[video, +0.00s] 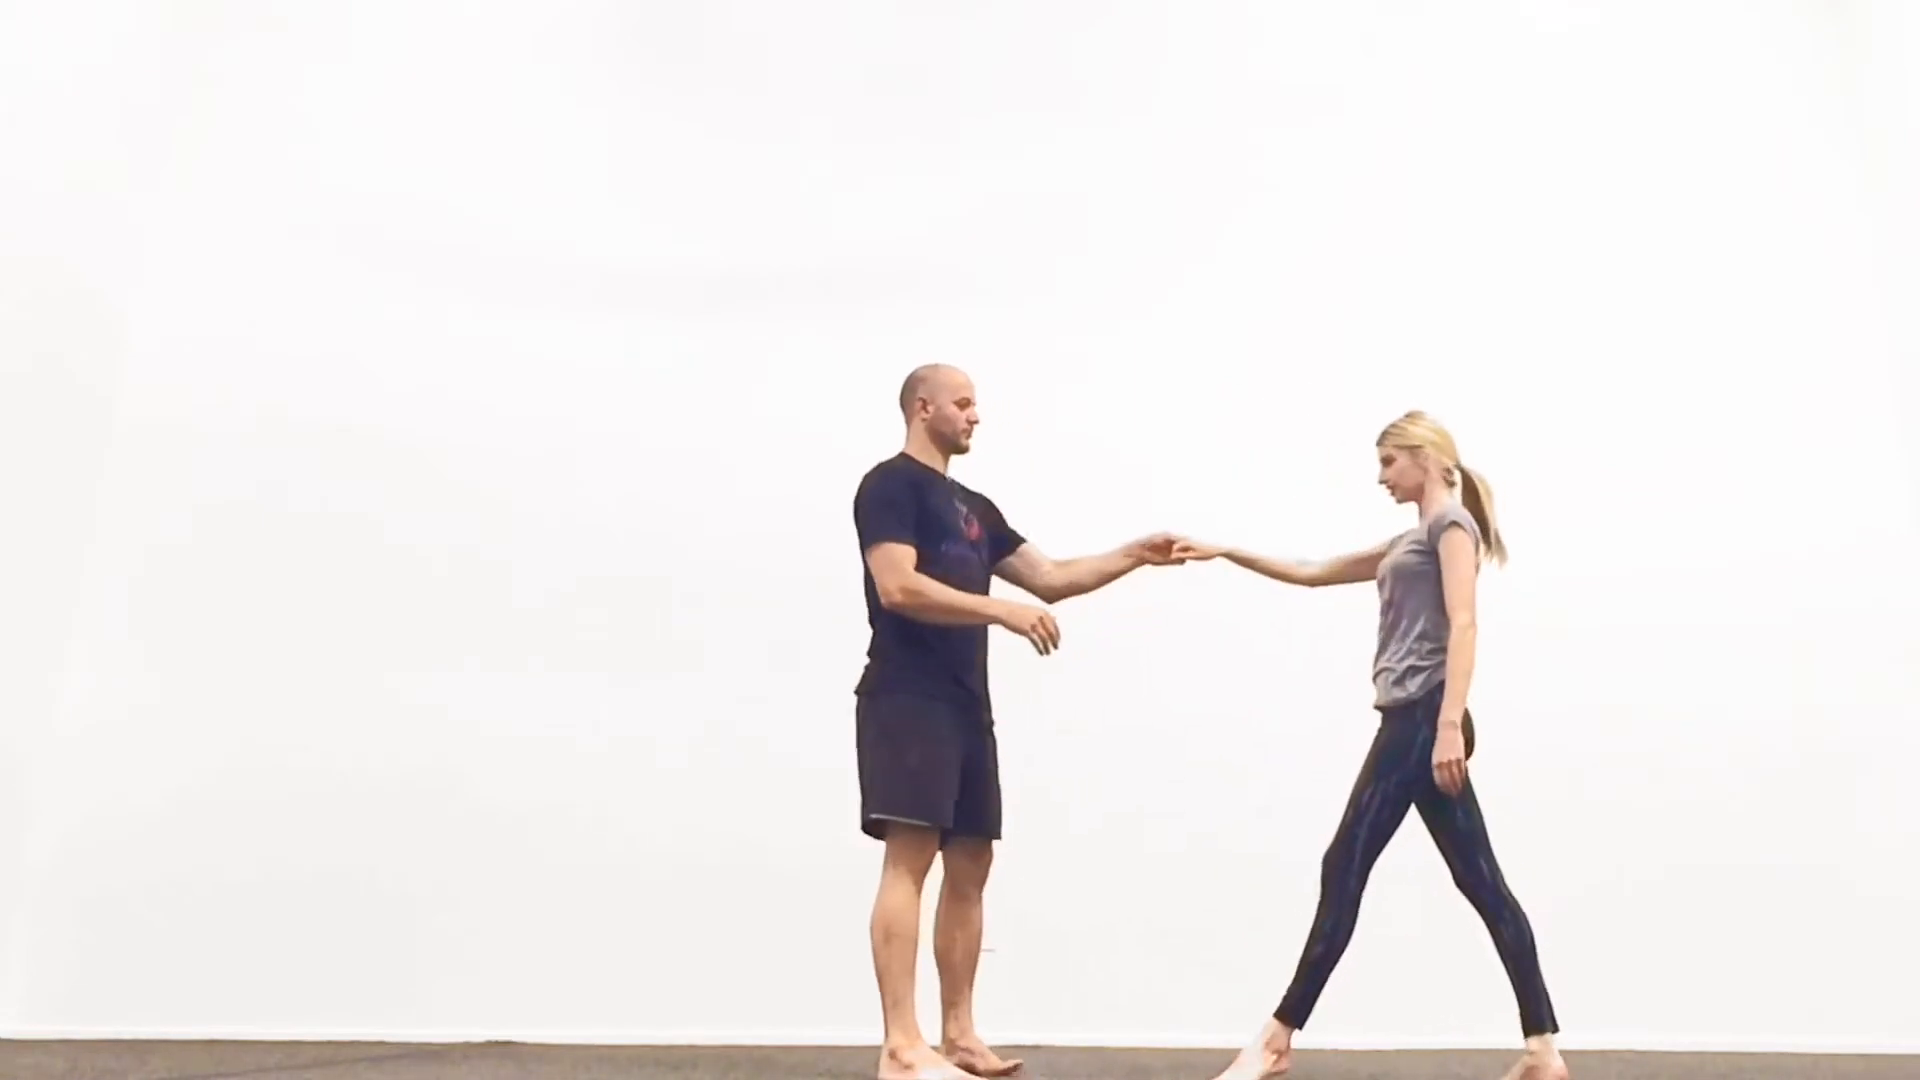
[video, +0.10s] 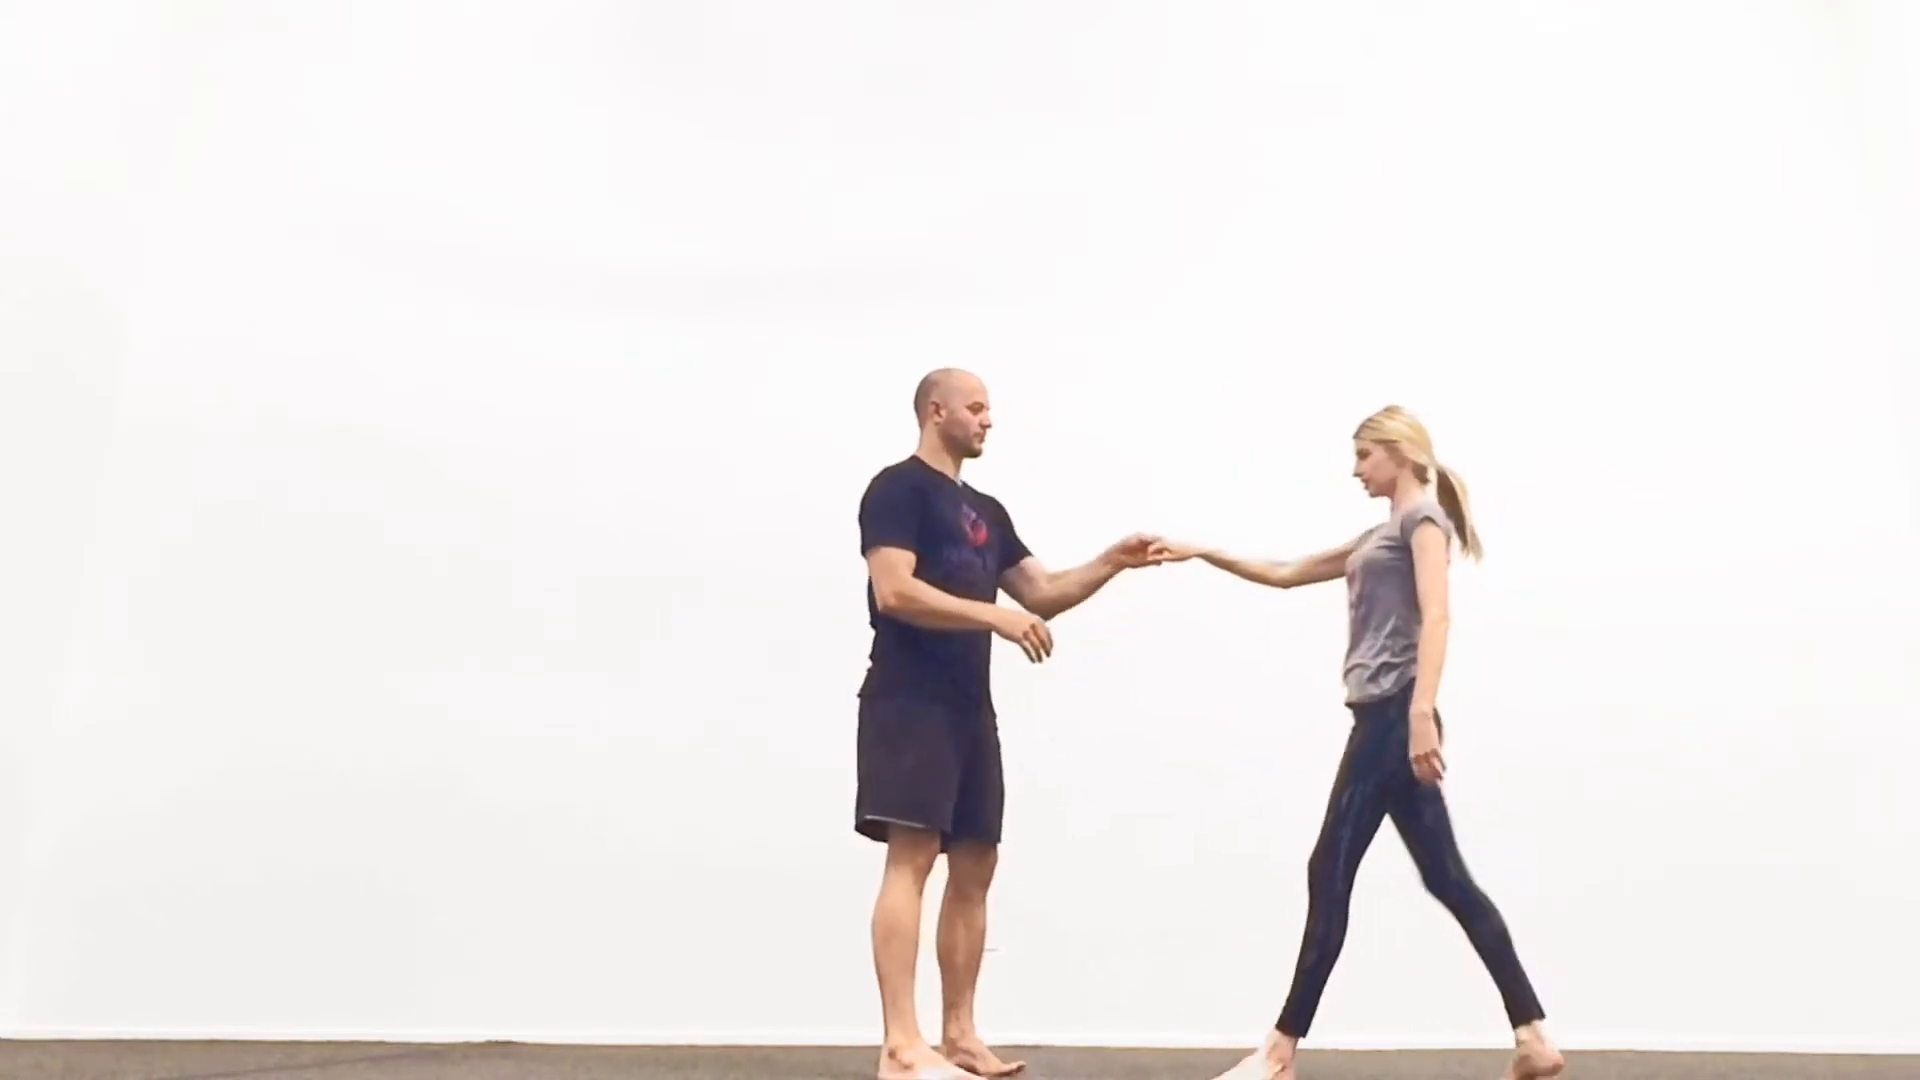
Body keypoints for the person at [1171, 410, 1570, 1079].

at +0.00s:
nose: (1383, 474)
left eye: (1390, 460)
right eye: (1382, 463)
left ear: (1429, 460)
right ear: (1422, 464)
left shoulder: (1451, 528)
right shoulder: (1412, 541)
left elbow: (1464, 626)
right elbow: (1310, 571)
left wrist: (1449, 723)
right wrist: (1221, 551)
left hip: (1417, 717)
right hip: (1419, 717)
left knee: (1344, 864)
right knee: (1484, 884)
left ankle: (1277, 1038)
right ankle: (1542, 1045)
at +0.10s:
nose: (1356, 467)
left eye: (1364, 454)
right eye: (1356, 456)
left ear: (1402, 455)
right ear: (1395, 459)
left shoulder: (1422, 524)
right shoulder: (1379, 536)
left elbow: (1436, 620)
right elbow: (1286, 573)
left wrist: (1422, 713)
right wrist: (1199, 552)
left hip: (1390, 715)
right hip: (1386, 714)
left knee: (1330, 869)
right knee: (1449, 880)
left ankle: (1279, 1050)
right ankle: (1533, 1037)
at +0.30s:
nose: (1281, 456)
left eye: (1289, 444)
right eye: (1282, 445)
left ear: (1323, 448)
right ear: (1319, 449)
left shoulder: (1344, 510)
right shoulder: (1308, 520)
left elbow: (1342, 586)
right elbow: (1217, 565)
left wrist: (1287, 661)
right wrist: (1141, 547)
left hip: (1322, 699)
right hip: (1296, 701)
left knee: (1300, 877)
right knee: (1267, 874)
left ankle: (1279, 1052)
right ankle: (1393, 987)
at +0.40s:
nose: (1240, 451)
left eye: (1247, 438)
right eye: (1240, 440)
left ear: (1282, 440)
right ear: (1272, 446)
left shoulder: (1305, 505)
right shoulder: (1259, 519)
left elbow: (1284, 555)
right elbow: (1171, 550)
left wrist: (1199, 604)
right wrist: (1105, 521)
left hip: (1290, 705)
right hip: (1252, 706)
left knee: (1288, 873)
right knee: (1172, 846)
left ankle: (1279, 1054)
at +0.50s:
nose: (1195, 448)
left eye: (1203, 436)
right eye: (1196, 437)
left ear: (1236, 439)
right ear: (1231, 441)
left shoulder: (1263, 497)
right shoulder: (1221, 510)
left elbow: (1209, 522)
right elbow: (1123, 531)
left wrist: (1110, 540)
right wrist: (1064, 490)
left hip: (1255, 703)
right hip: (1217, 704)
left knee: (1267, 873)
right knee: (1117, 827)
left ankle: (1277, 1049)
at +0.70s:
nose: (1091, 458)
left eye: (1100, 445)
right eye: (1092, 446)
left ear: (1132, 445)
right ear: (1131, 448)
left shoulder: (1155, 499)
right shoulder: (1117, 513)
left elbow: (1054, 500)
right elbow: (1032, 513)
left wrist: (950, 482)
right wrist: (949, 492)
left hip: (1179, 712)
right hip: (1134, 718)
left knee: (1226, 876)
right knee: (1046, 846)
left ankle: (1274, 1047)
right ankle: (992, 1009)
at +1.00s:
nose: (900, 510)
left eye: (910, 498)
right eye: (901, 498)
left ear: (943, 504)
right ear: (930, 509)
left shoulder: (961, 557)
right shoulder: (922, 576)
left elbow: (834, 560)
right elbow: (818, 579)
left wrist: (730, 541)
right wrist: (725, 571)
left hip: (1047, 741)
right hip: (1001, 767)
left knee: (1153, 866)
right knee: (913, 886)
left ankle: (1272, 1011)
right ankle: (989, 1042)